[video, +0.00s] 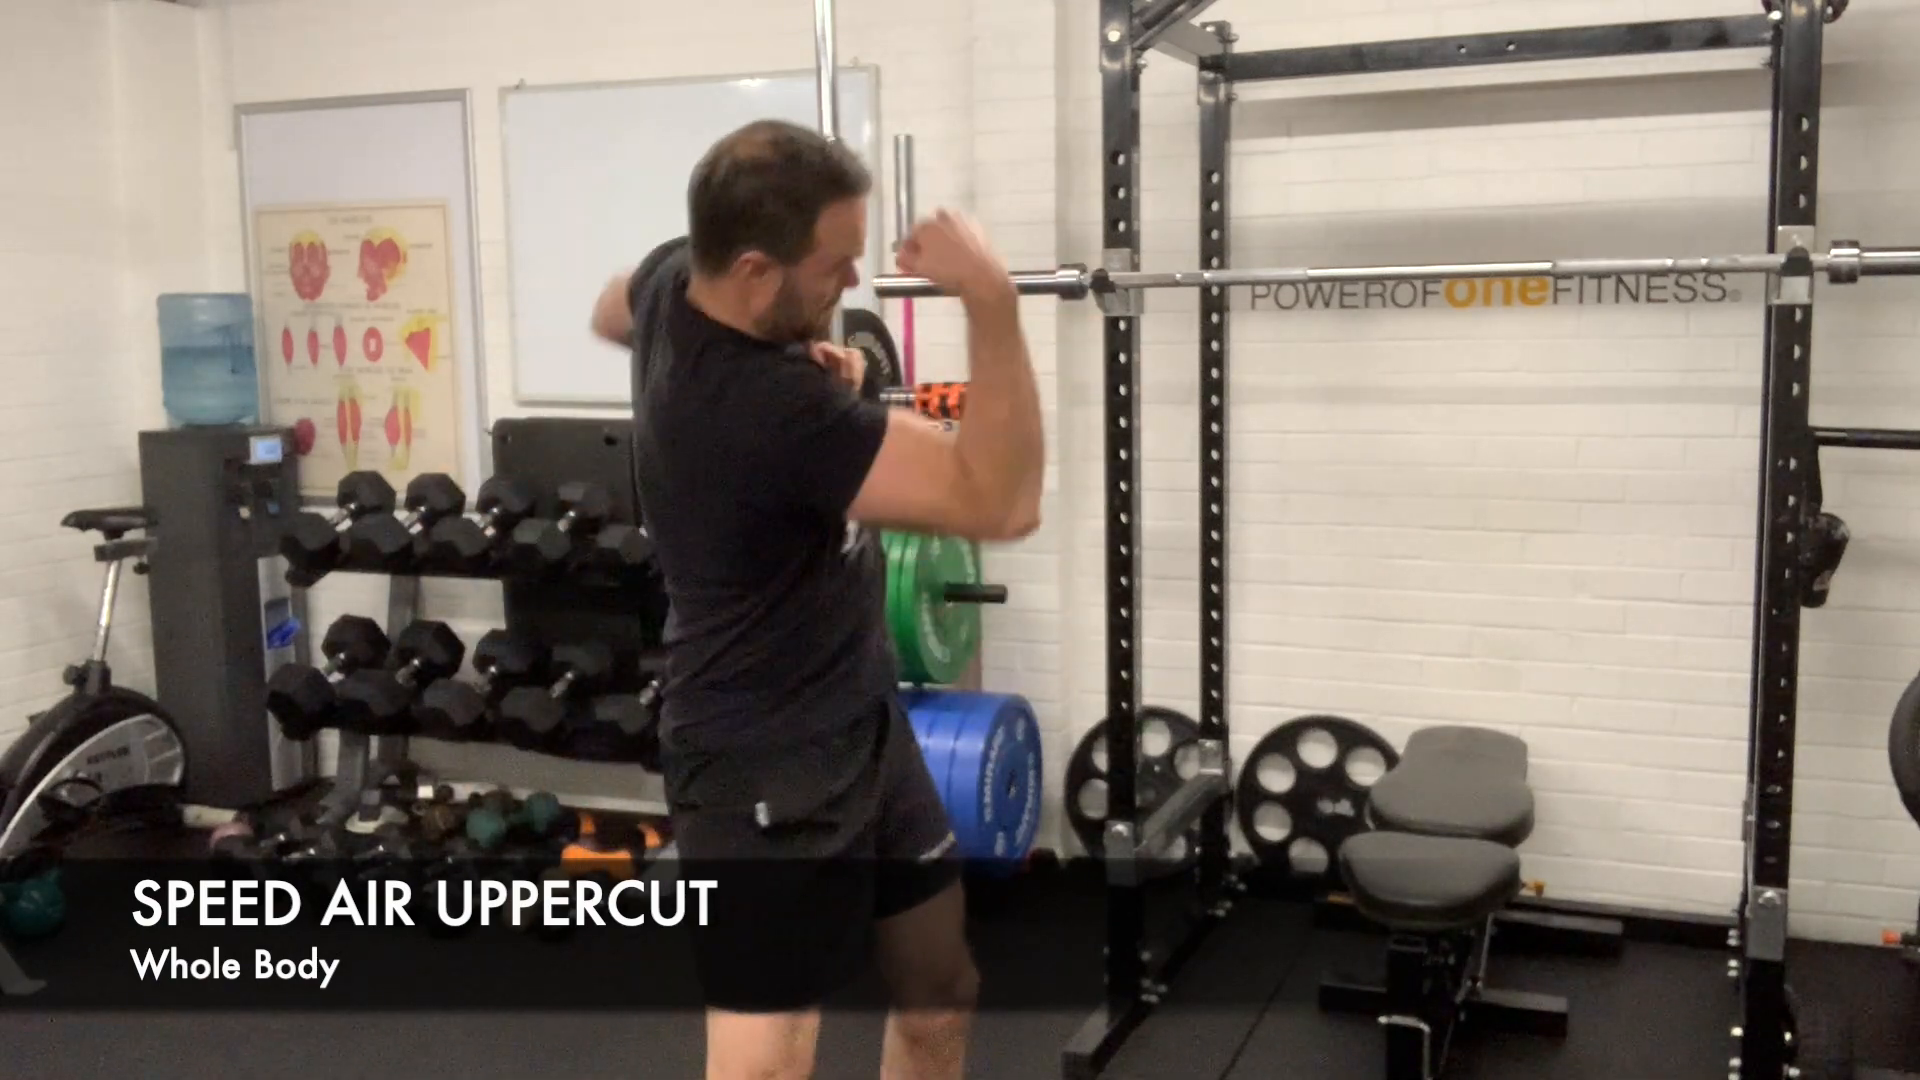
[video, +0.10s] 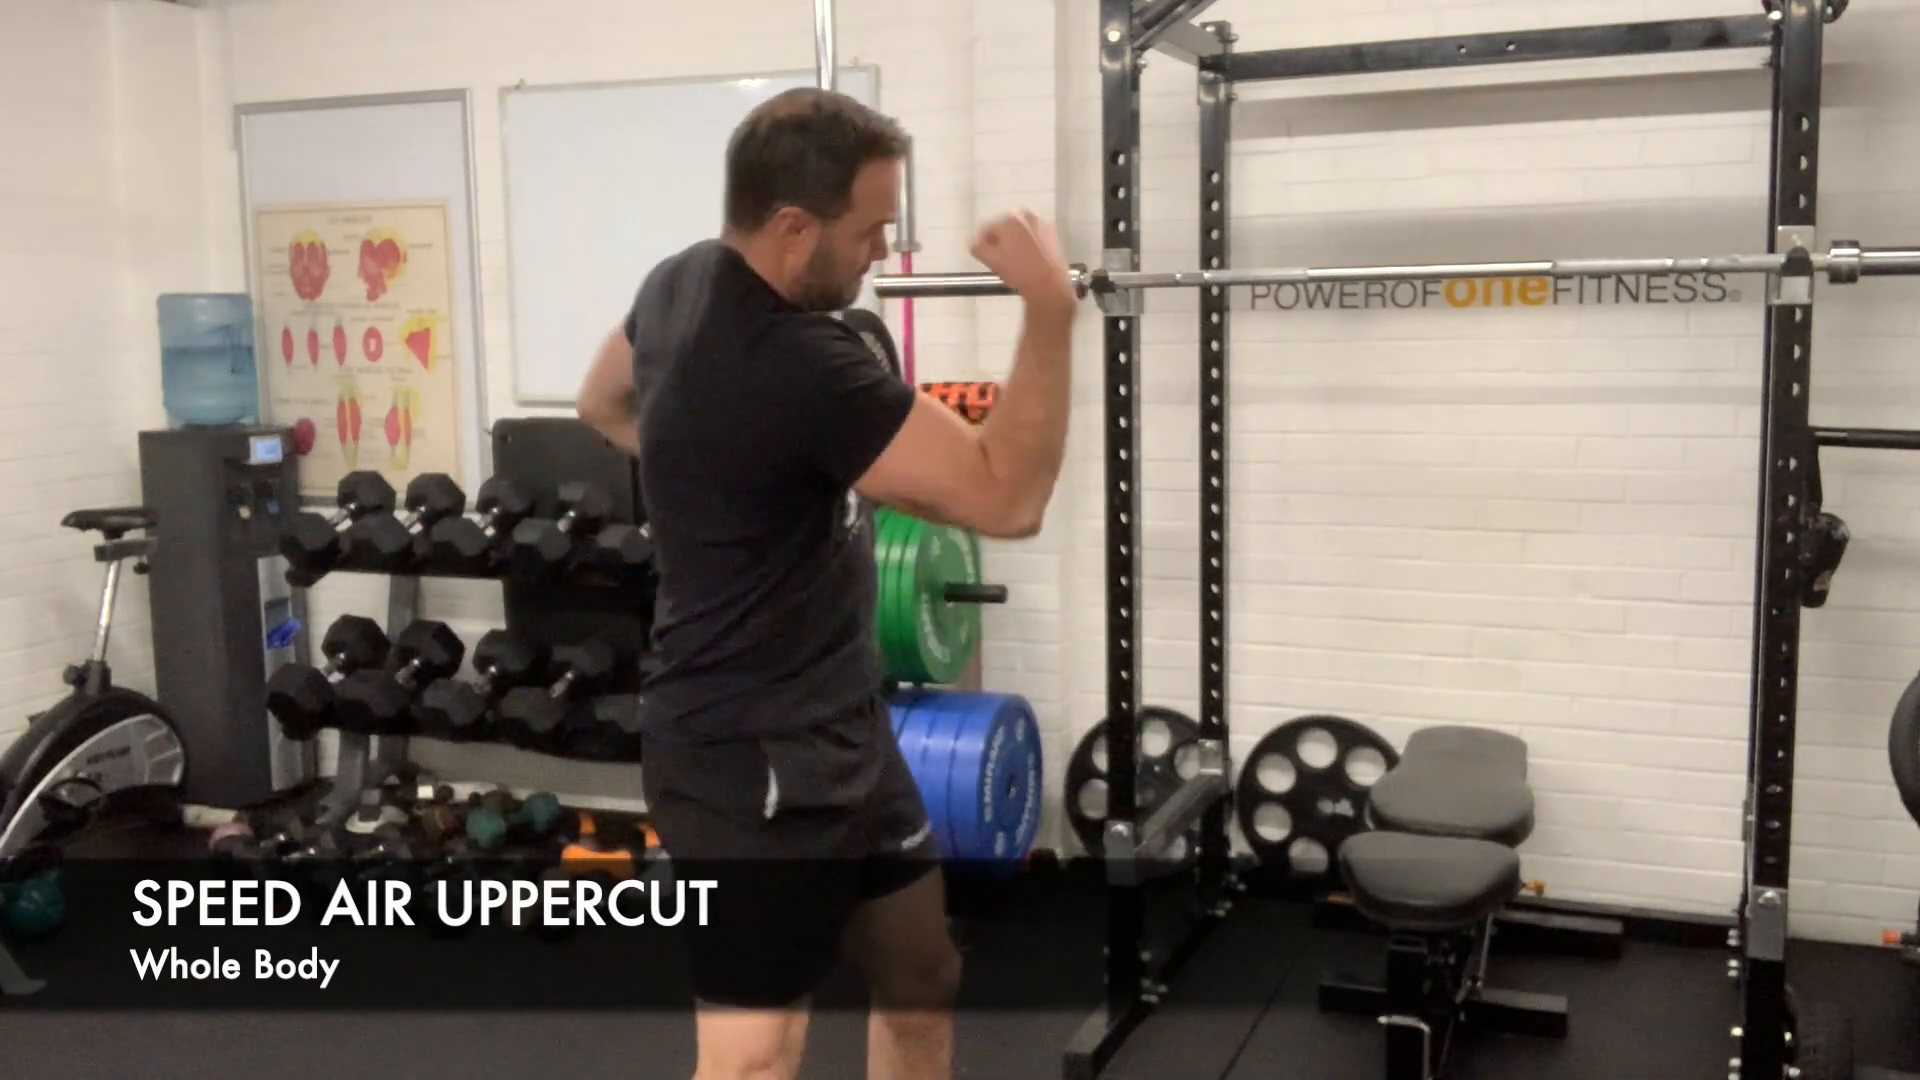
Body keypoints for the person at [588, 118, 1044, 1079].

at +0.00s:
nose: (850, 276)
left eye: (851, 256)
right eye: (835, 264)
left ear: (745, 261)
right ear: (755, 270)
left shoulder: (681, 279)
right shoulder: (769, 406)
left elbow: (612, 315)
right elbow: (997, 499)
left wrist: (788, 358)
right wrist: (991, 298)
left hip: (861, 722)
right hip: (759, 757)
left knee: (938, 999)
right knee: (763, 1056)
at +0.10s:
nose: (885, 248)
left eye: (887, 225)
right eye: (872, 228)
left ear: (786, 223)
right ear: (794, 230)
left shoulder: (686, 281)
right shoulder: (802, 364)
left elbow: (606, 399)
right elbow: (1005, 496)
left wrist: (732, 464)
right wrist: (1049, 306)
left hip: (842, 732)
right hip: (745, 753)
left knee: (920, 986)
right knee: (750, 1051)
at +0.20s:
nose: (930, 271)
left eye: (932, 246)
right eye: (918, 246)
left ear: (837, 240)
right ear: (835, 241)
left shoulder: (825, 347)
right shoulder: (762, 375)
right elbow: (899, 627)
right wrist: (1045, 499)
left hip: (813, 739)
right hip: (707, 761)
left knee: (908, 990)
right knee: (720, 1063)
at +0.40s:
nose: (944, 323)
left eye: (965, 305)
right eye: (928, 284)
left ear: (977, 310)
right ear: (856, 254)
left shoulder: (952, 430)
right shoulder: (690, 354)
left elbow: (1045, 577)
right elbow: (481, 433)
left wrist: (1022, 360)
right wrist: (515, 556)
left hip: (814, 758)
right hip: (651, 750)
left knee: (940, 1044)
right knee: (660, 1063)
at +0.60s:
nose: (879, 269)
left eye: (900, 241)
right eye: (851, 235)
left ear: (917, 236)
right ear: (777, 217)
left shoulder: (942, 375)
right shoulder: (665, 324)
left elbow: (1009, 578)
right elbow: (517, 386)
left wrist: (944, 391)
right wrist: (483, 490)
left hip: (842, 746)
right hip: (670, 746)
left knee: (939, 1038)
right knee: (655, 1051)